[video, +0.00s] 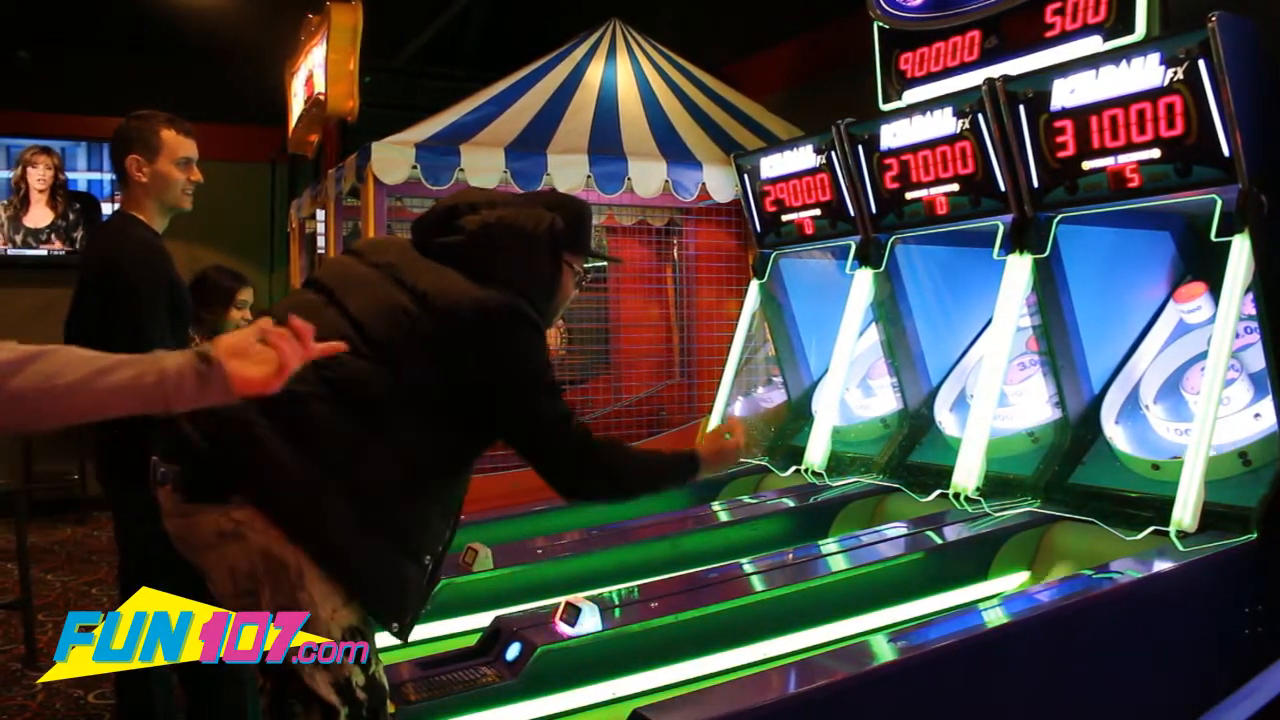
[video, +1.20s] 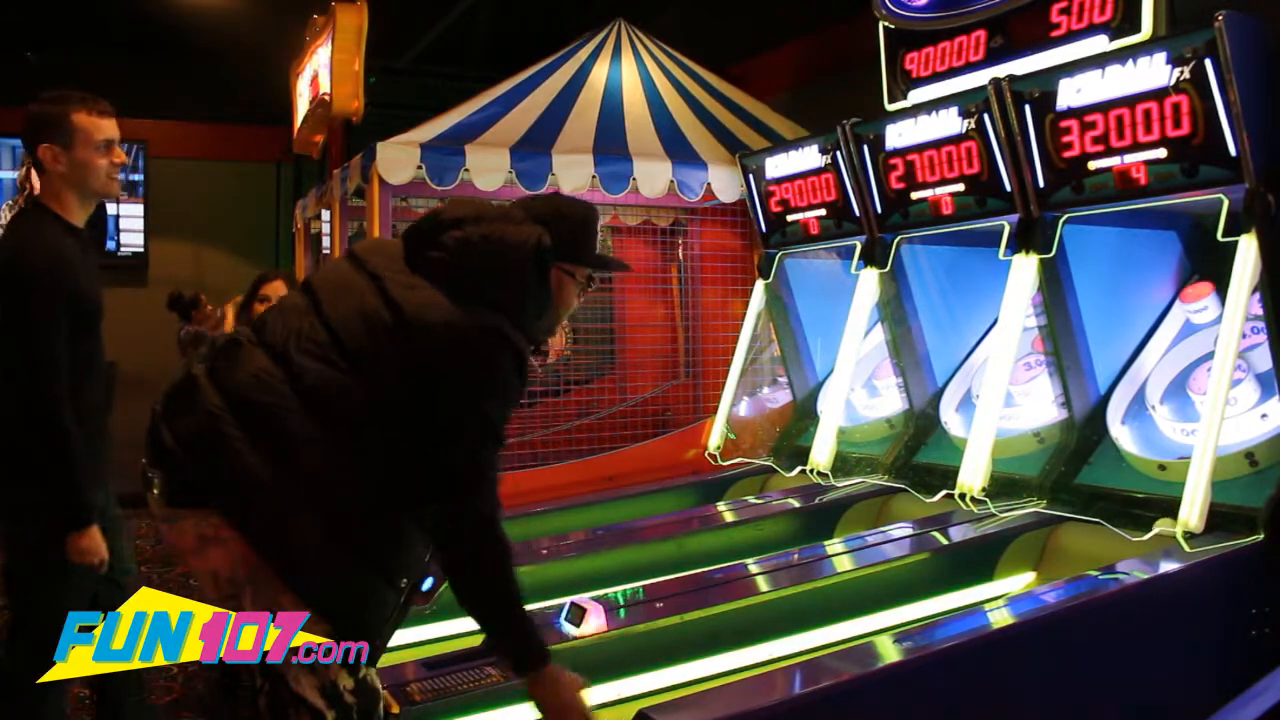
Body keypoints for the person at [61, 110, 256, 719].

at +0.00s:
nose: (196, 177)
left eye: (196, 166)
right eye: (184, 165)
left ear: (141, 173)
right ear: (138, 169)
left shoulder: (116, 239)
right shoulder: (133, 249)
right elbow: (142, 373)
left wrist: (206, 373)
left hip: (134, 453)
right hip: (145, 461)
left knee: (151, 591)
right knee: (165, 596)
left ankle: (147, 702)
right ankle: (157, 704)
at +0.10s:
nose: (195, 177)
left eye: (195, 166)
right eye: (183, 165)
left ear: (140, 173)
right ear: (137, 169)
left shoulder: (113, 239)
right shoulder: (134, 251)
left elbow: (84, 345)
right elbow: (144, 370)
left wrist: (156, 391)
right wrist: (164, 464)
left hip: (133, 458)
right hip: (145, 463)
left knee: (149, 590)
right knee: (167, 596)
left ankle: (146, 700)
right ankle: (159, 702)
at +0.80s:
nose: (153, 167)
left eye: (152, 155)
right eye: (137, 155)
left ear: (97, 167)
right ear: (86, 165)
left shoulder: (93, 244)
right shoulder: (83, 253)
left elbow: (105, 387)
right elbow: (96, 397)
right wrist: (136, 507)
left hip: (99, 476)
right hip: (97, 485)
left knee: (105, 633)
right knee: (110, 638)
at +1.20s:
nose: (119, 160)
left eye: (119, 148)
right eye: (105, 149)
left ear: (63, 163)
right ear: (52, 160)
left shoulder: (65, 242)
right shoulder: (35, 251)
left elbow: (69, 386)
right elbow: (43, 399)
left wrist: (93, 491)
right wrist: (77, 517)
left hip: (78, 478)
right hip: (45, 490)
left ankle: (121, 704)